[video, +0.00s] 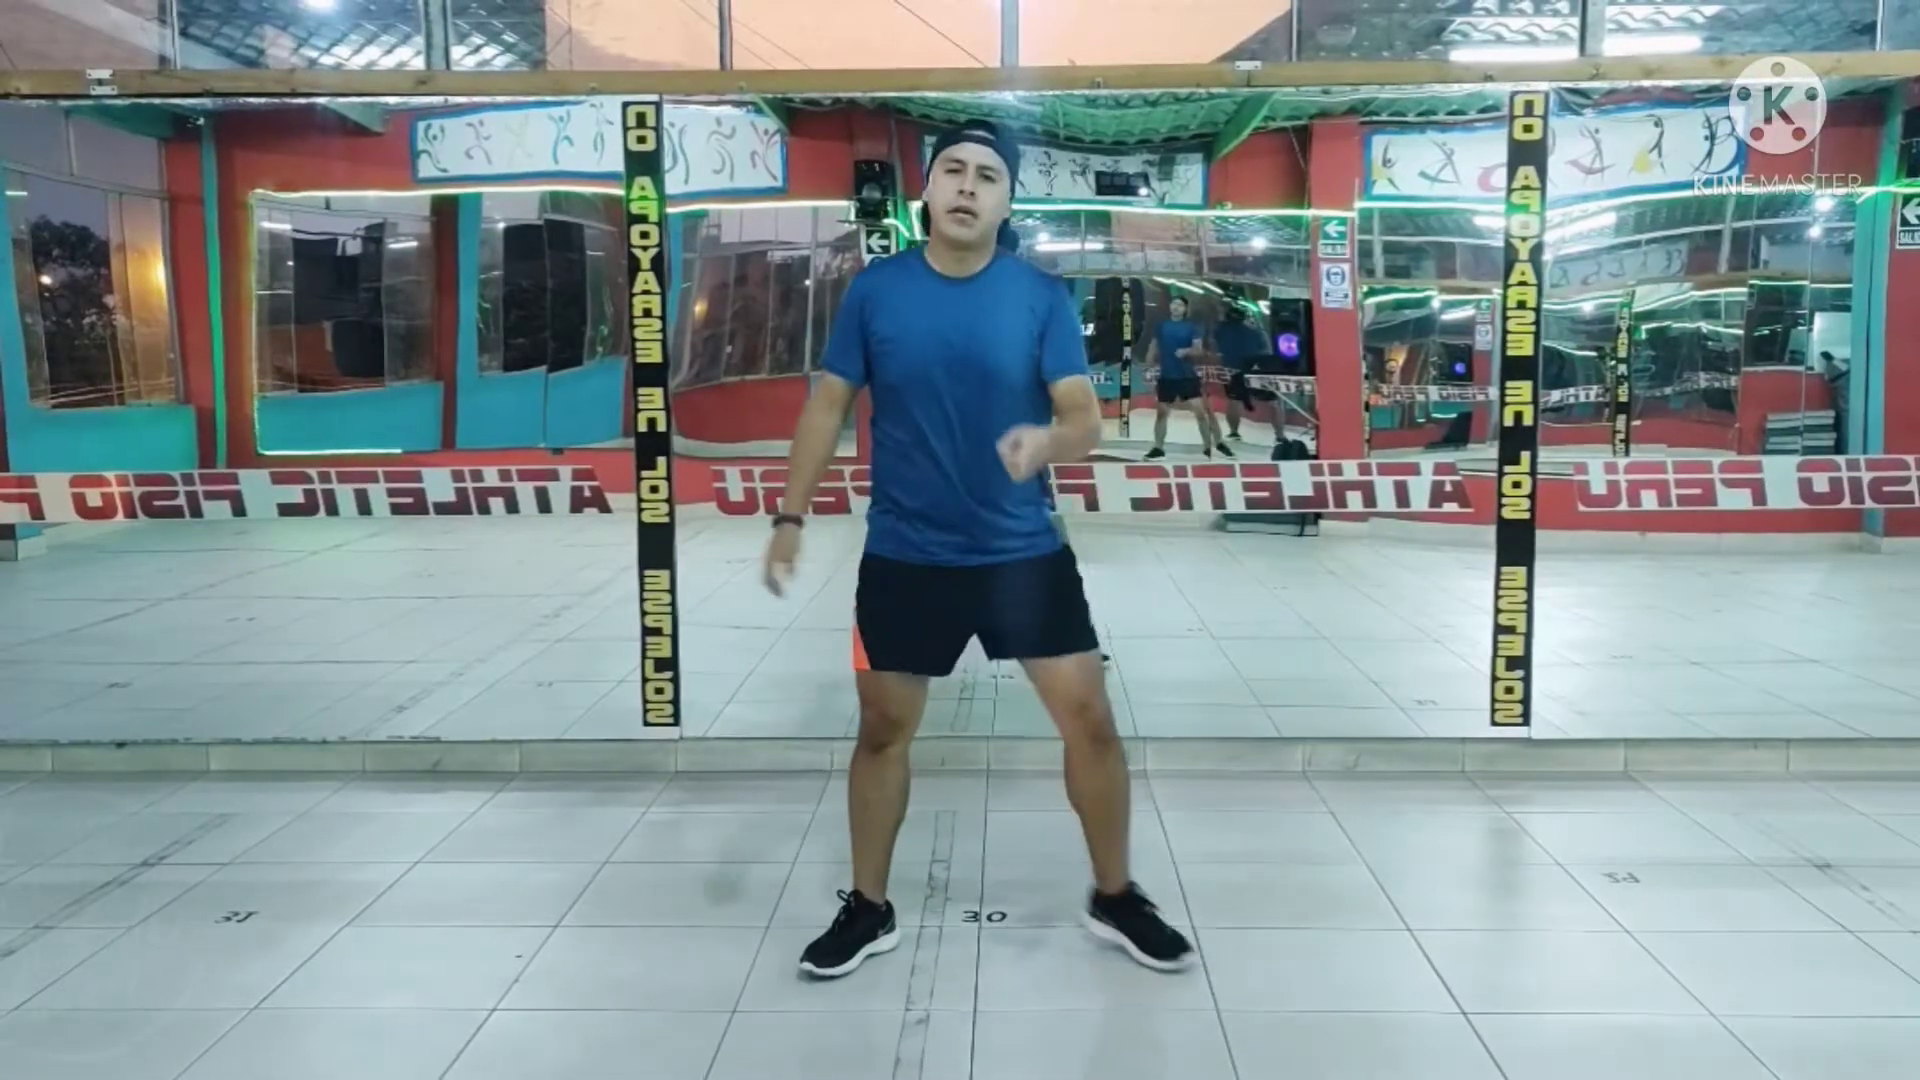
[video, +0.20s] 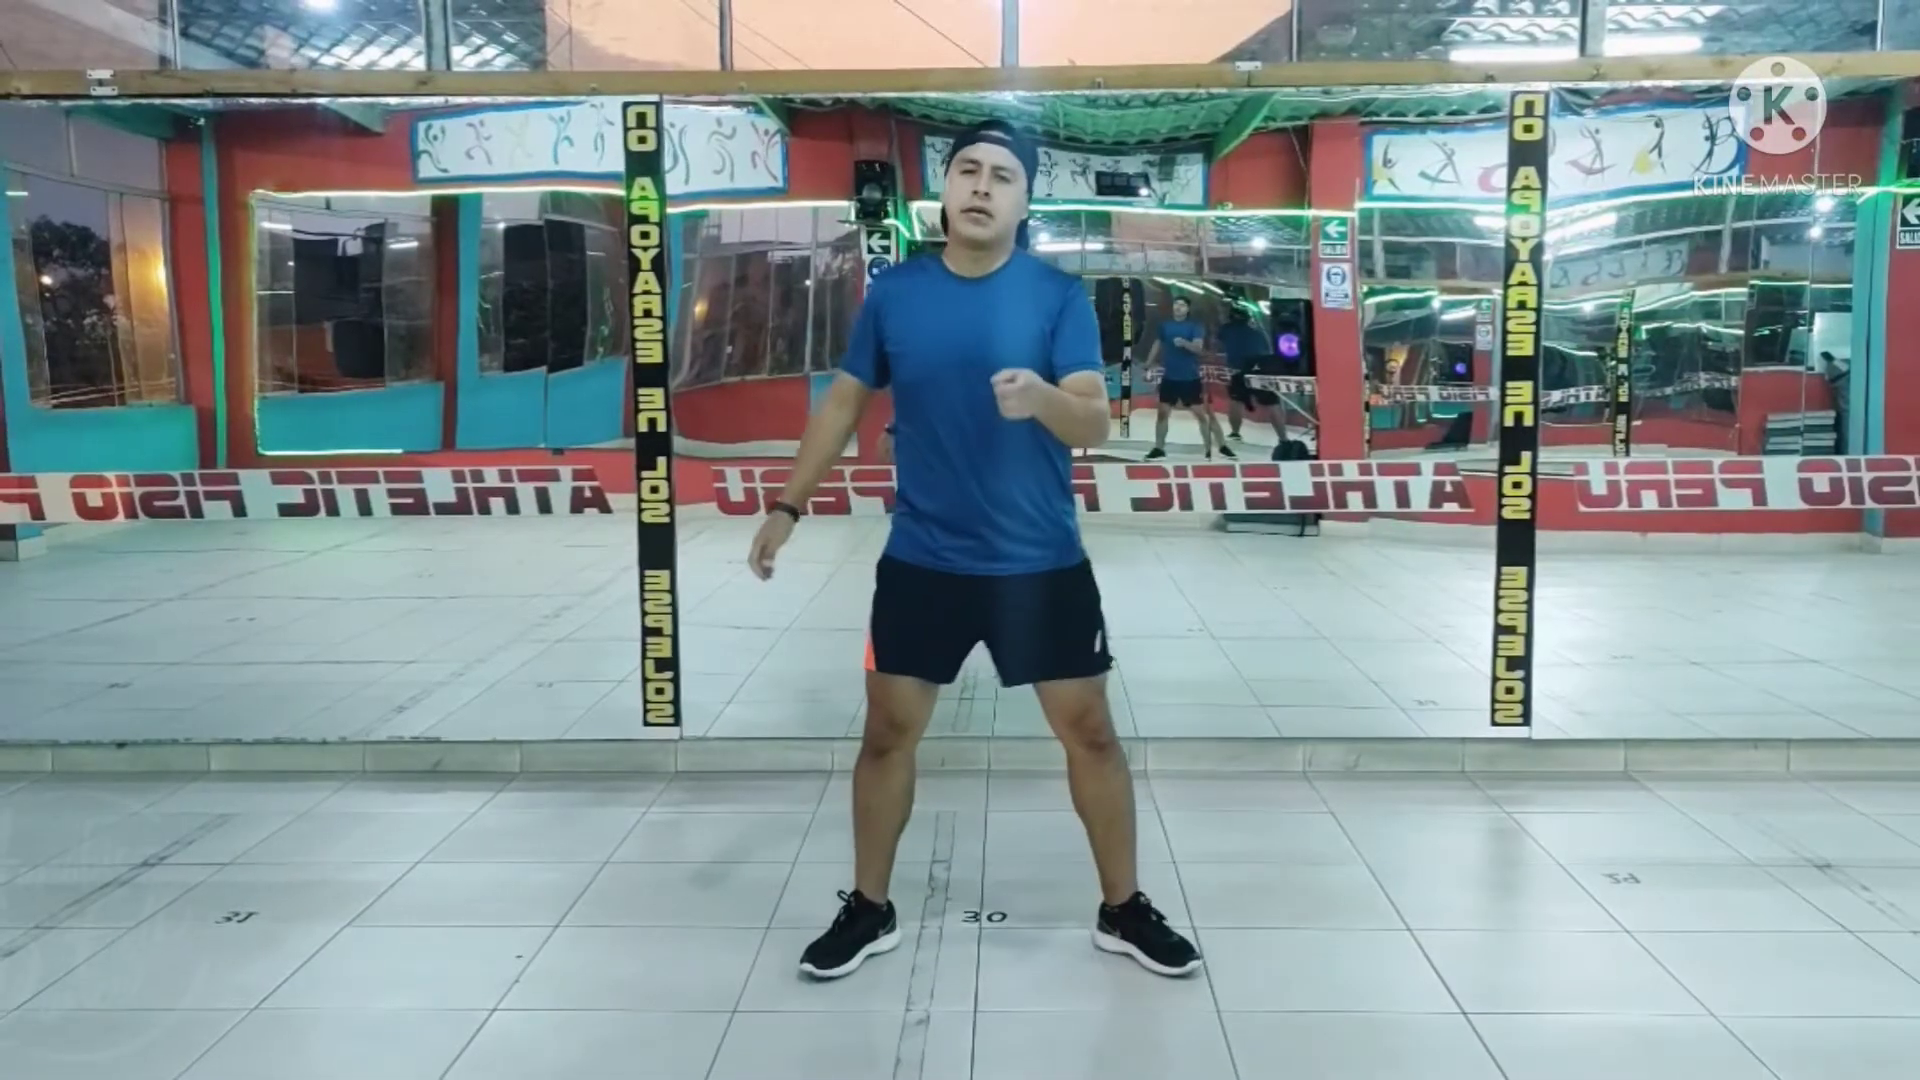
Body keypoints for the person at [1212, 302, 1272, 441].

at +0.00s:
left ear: (1227, 315)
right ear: (1245, 315)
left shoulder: (1221, 330)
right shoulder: (1255, 332)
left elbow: (1216, 350)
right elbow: (1265, 354)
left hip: (1232, 368)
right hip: (1257, 369)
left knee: (1233, 400)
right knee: (1274, 401)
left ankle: (1234, 431)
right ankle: (1280, 436)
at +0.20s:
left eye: (1232, 315)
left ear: (1231, 316)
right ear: (1248, 318)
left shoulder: (1227, 330)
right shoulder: (1257, 333)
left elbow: (1218, 346)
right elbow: (1266, 355)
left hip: (1238, 368)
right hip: (1261, 368)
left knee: (1236, 399)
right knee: (1273, 403)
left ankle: (1235, 432)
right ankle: (1283, 439)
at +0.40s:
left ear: (1235, 318)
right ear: (1251, 320)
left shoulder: (1229, 331)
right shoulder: (1261, 334)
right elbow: (1270, 355)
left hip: (1240, 367)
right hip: (1264, 368)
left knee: (1237, 399)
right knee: (1274, 404)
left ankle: (1236, 432)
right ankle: (1284, 439)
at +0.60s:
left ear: (1235, 318)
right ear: (1251, 320)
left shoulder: (1229, 331)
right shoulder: (1261, 334)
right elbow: (1270, 354)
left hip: (1241, 367)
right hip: (1265, 367)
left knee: (1238, 400)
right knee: (1274, 404)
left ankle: (1236, 432)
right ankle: (1284, 439)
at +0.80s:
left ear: (1235, 319)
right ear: (1251, 320)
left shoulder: (1229, 332)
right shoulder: (1261, 334)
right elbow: (1270, 353)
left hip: (1240, 368)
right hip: (1264, 369)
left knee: (1238, 401)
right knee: (1274, 405)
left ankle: (1236, 433)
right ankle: (1284, 439)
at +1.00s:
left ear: (1235, 319)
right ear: (1251, 320)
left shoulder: (1229, 332)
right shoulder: (1260, 334)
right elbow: (1271, 351)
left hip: (1241, 367)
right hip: (1264, 368)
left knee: (1239, 401)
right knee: (1274, 405)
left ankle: (1237, 433)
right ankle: (1284, 440)